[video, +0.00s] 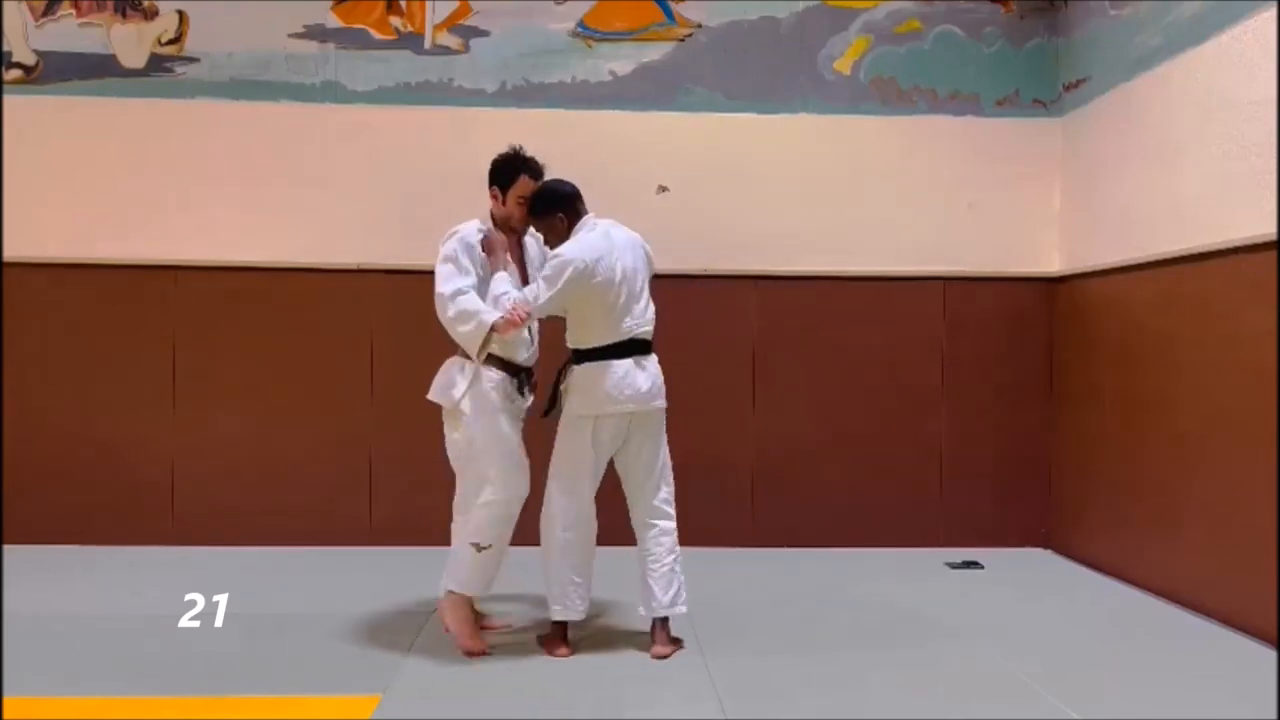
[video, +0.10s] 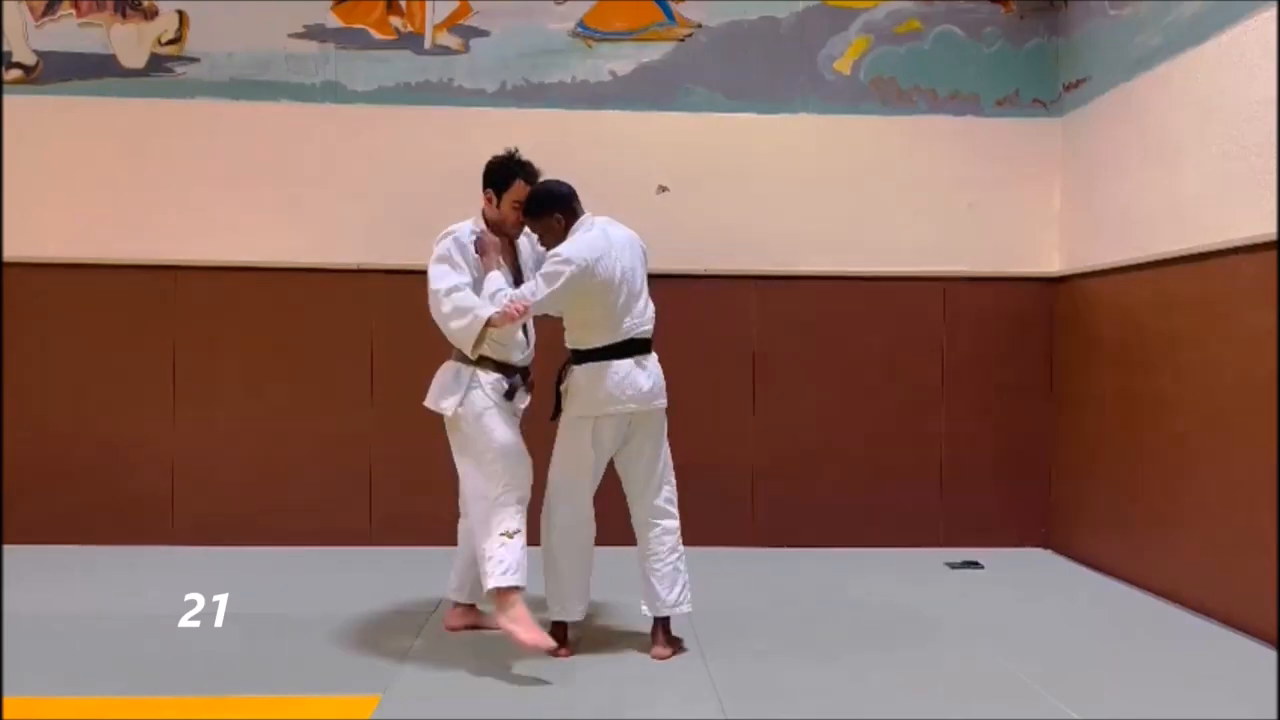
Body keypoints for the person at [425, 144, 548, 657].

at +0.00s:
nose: (530, 213)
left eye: (534, 203)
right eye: (523, 201)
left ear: (535, 201)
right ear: (496, 196)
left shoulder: (533, 244)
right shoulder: (464, 241)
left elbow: (554, 292)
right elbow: (454, 299)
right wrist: (492, 321)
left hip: (512, 386)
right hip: (478, 382)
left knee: (482, 490)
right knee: (509, 484)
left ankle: (466, 600)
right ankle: (456, 599)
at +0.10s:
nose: (524, 217)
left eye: (529, 207)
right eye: (517, 206)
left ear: (529, 205)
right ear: (489, 199)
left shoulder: (527, 244)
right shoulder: (455, 242)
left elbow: (556, 284)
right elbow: (449, 302)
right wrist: (493, 313)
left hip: (509, 386)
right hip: (473, 383)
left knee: (484, 493)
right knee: (513, 477)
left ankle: (463, 603)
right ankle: (509, 603)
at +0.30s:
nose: (524, 216)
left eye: (528, 205)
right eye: (517, 206)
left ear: (525, 200)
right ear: (489, 198)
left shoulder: (513, 237)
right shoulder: (461, 245)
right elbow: (453, 316)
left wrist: (591, 212)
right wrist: (496, 364)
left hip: (485, 379)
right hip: (464, 383)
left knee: (470, 488)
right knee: (531, 469)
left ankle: (466, 593)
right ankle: (537, 585)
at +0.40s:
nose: (533, 226)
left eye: (537, 216)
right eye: (524, 217)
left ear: (540, 210)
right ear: (493, 212)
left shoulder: (505, 238)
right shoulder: (462, 263)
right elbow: (481, 347)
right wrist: (516, 402)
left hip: (451, 372)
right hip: (453, 379)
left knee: (461, 483)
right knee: (536, 446)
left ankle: (463, 592)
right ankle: (515, 538)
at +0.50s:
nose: (534, 275)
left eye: (540, 266)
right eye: (527, 265)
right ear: (499, 252)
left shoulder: (503, 242)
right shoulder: (456, 293)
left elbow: (530, 279)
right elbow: (465, 379)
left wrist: (535, 318)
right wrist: (480, 448)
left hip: (457, 382)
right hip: (436, 393)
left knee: (451, 496)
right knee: (503, 486)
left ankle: (452, 598)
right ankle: (458, 597)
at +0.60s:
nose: (533, 305)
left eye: (540, 296)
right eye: (528, 293)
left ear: (543, 277)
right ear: (500, 277)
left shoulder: (493, 253)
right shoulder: (450, 315)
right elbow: (450, 400)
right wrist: (449, 471)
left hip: (475, 404)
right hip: (433, 415)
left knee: (477, 505)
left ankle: (460, 607)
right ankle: (428, 659)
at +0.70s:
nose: (518, 352)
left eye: (527, 343)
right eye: (513, 341)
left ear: (533, 323)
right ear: (489, 319)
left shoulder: (506, 279)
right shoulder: (432, 342)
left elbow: (481, 250)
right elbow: (427, 433)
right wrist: (432, 505)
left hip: (476, 417)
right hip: (419, 423)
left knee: (498, 514)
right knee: (417, 528)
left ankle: (499, 636)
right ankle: (416, 656)